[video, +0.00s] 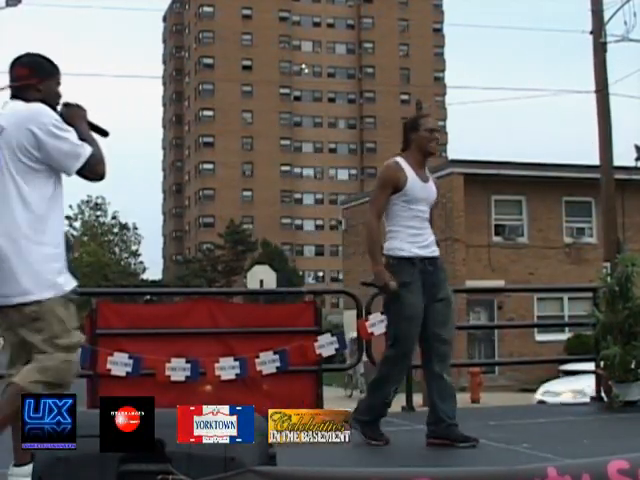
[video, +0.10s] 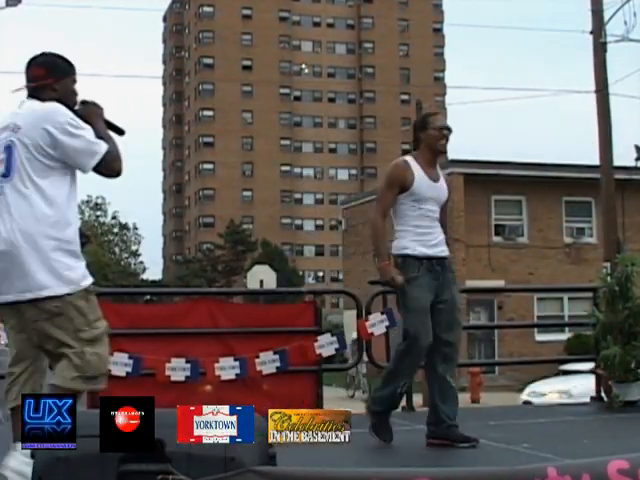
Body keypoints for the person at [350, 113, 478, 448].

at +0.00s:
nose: (436, 137)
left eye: (438, 132)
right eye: (429, 131)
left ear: (436, 139)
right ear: (411, 137)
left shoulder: (430, 180)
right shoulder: (393, 170)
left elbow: (428, 227)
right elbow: (372, 217)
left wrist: (436, 261)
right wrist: (378, 266)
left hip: (432, 265)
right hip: (403, 265)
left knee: (439, 348)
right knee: (403, 347)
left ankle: (442, 426)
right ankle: (367, 417)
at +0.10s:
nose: (446, 135)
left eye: (447, 130)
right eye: (439, 130)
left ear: (444, 138)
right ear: (420, 135)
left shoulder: (442, 179)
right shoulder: (401, 169)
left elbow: (441, 226)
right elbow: (378, 215)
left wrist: (448, 260)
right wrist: (384, 262)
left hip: (442, 265)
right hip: (412, 264)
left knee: (446, 346)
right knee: (418, 340)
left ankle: (442, 425)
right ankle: (380, 406)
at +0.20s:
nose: (452, 132)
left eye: (454, 127)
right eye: (445, 127)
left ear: (452, 134)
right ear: (427, 132)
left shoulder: (454, 177)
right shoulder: (408, 168)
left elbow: (456, 226)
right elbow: (386, 213)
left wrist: (461, 266)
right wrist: (391, 260)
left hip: (449, 264)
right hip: (418, 263)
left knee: (448, 347)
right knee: (425, 339)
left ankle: (442, 426)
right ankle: (400, 415)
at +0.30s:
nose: (459, 130)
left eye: (460, 125)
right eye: (451, 126)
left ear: (458, 132)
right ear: (433, 133)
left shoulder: (461, 177)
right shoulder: (415, 166)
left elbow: (470, 228)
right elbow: (392, 212)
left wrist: (485, 275)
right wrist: (396, 260)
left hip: (452, 264)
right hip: (422, 261)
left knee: (452, 345)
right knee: (429, 343)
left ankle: (446, 426)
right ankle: (421, 429)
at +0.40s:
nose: (463, 130)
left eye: (465, 125)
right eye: (456, 125)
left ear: (467, 130)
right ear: (438, 131)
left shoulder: (470, 174)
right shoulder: (420, 166)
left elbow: (482, 221)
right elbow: (398, 214)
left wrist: (498, 262)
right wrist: (400, 263)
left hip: (457, 263)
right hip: (425, 261)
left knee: (457, 344)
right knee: (436, 341)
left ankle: (451, 426)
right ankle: (440, 429)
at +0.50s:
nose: (467, 128)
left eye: (470, 123)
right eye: (460, 124)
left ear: (473, 129)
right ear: (442, 130)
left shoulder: (477, 173)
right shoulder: (424, 165)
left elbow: (493, 221)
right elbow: (402, 214)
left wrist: (513, 259)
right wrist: (399, 265)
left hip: (463, 264)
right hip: (430, 262)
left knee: (459, 346)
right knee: (444, 344)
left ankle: (440, 426)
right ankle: (462, 427)